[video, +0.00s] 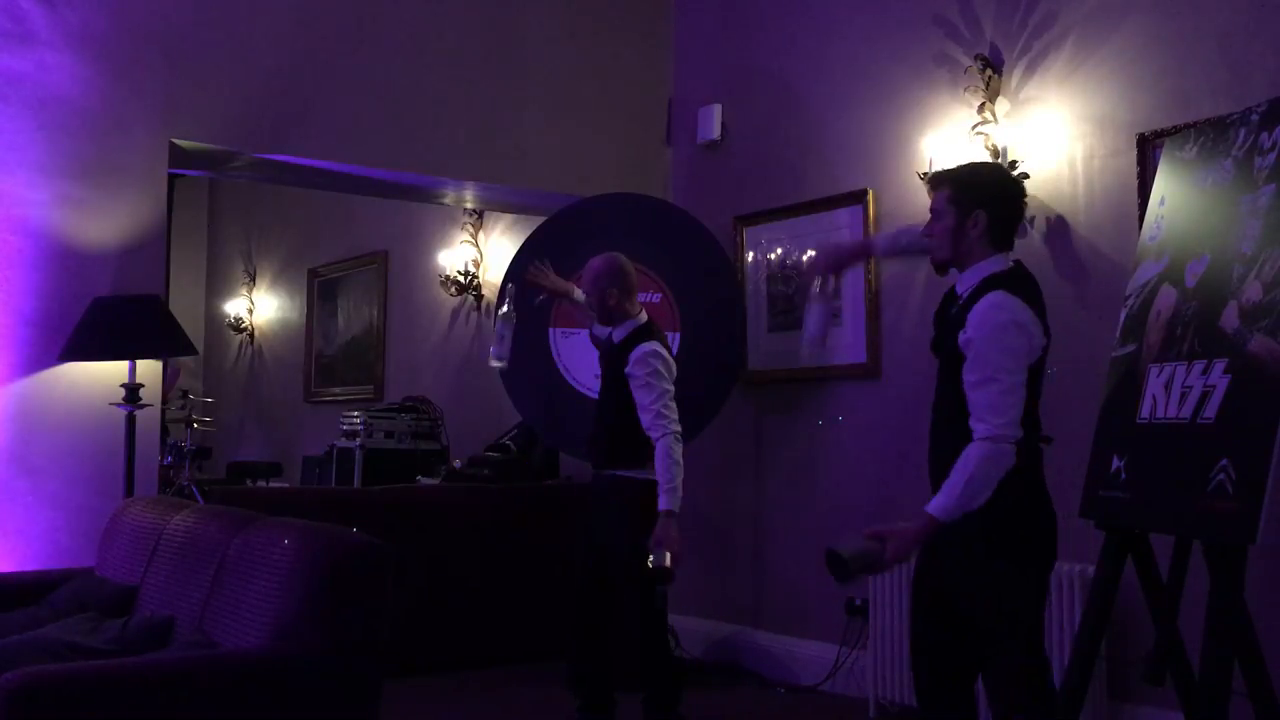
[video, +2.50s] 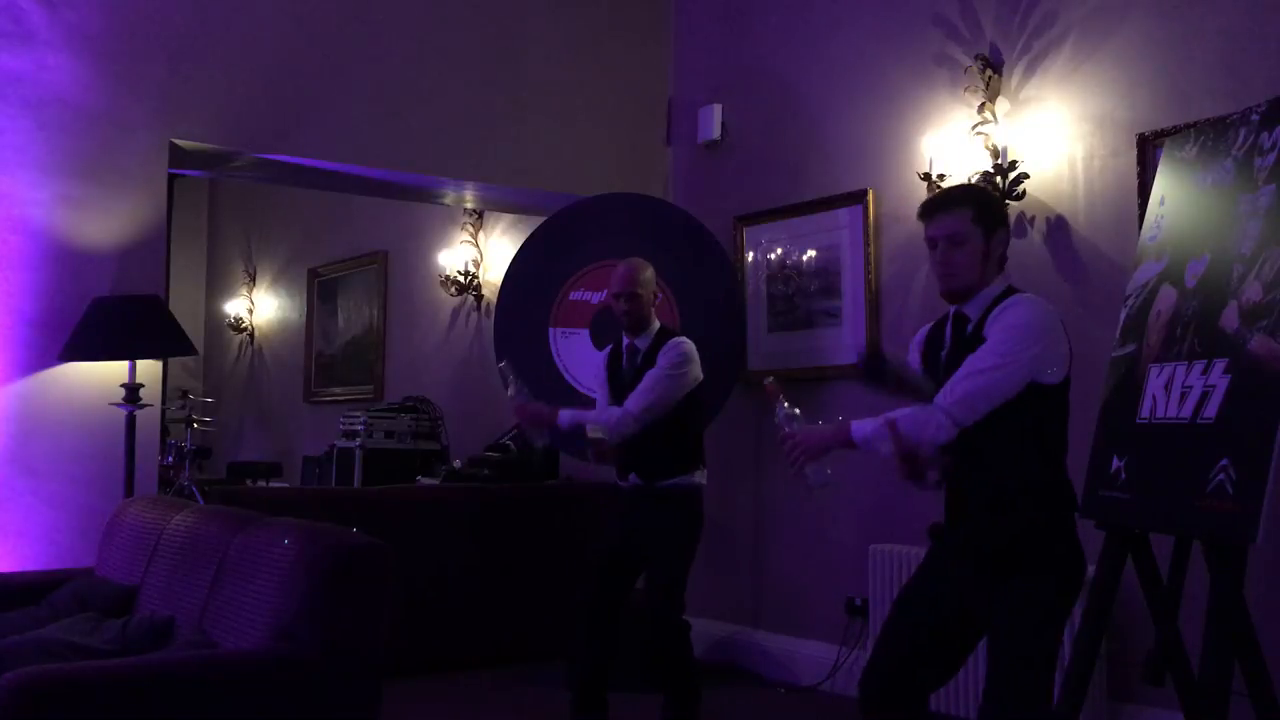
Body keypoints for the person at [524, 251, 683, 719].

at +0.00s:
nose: (588, 302)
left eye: (593, 294)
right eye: (587, 295)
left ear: (614, 296)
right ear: (622, 296)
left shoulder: (646, 352)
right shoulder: (615, 336)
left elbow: (668, 434)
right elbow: (593, 308)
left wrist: (668, 514)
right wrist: (560, 285)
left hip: (636, 494)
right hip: (611, 490)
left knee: (638, 614)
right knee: (606, 606)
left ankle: (657, 707)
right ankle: (599, 701)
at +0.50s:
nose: (603, 308)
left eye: (613, 299)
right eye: (599, 299)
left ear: (638, 297)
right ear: (596, 298)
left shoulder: (672, 351)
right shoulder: (593, 348)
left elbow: (653, 424)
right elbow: (573, 421)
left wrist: (596, 418)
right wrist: (573, 487)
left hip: (650, 490)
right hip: (599, 487)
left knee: (647, 599)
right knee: (596, 595)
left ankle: (663, 703)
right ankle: (594, 701)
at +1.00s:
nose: (617, 309)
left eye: (627, 301)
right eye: (611, 301)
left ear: (649, 304)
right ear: (606, 306)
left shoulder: (664, 361)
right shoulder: (607, 361)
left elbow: (636, 432)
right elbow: (582, 423)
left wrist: (574, 437)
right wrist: (544, 431)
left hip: (636, 494)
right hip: (595, 490)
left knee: (631, 600)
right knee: (591, 597)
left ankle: (643, 698)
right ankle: (592, 697)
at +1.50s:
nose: (596, 311)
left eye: (603, 302)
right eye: (588, 306)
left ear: (620, 307)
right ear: (582, 315)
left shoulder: (640, 353)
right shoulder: (593, 364)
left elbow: (632, 419)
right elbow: (588, 426)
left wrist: (566, 413)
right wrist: (543, 414)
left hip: (617, 486)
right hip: (583, 485)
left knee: (605, 594)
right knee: (582, 593)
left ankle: (602, 697)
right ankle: (586, 697)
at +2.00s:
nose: (651, 283)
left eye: (659, 276)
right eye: (643, 275)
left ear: (669, 283)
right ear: (627, 284)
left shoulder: (685, 342)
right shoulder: (605, 338)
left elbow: (701, 416)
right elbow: (588, 403)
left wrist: (686, 352)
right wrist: (581, 428)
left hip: (659, 489)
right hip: (606, 487)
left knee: (659, 600)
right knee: (597, 598)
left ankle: (675, 704)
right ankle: (593, 703)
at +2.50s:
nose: (623, 306)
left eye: (632, 297)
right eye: (617, 298)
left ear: (655, 298)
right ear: (609, 303)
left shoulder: (680, 352)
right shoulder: (612, 359)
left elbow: (625, 423)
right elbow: (605, 438)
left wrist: (553, 417)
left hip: (677, 498)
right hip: (632, 496)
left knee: (663, 608)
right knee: (606, 601)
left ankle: (681, 708)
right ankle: (592, 705)